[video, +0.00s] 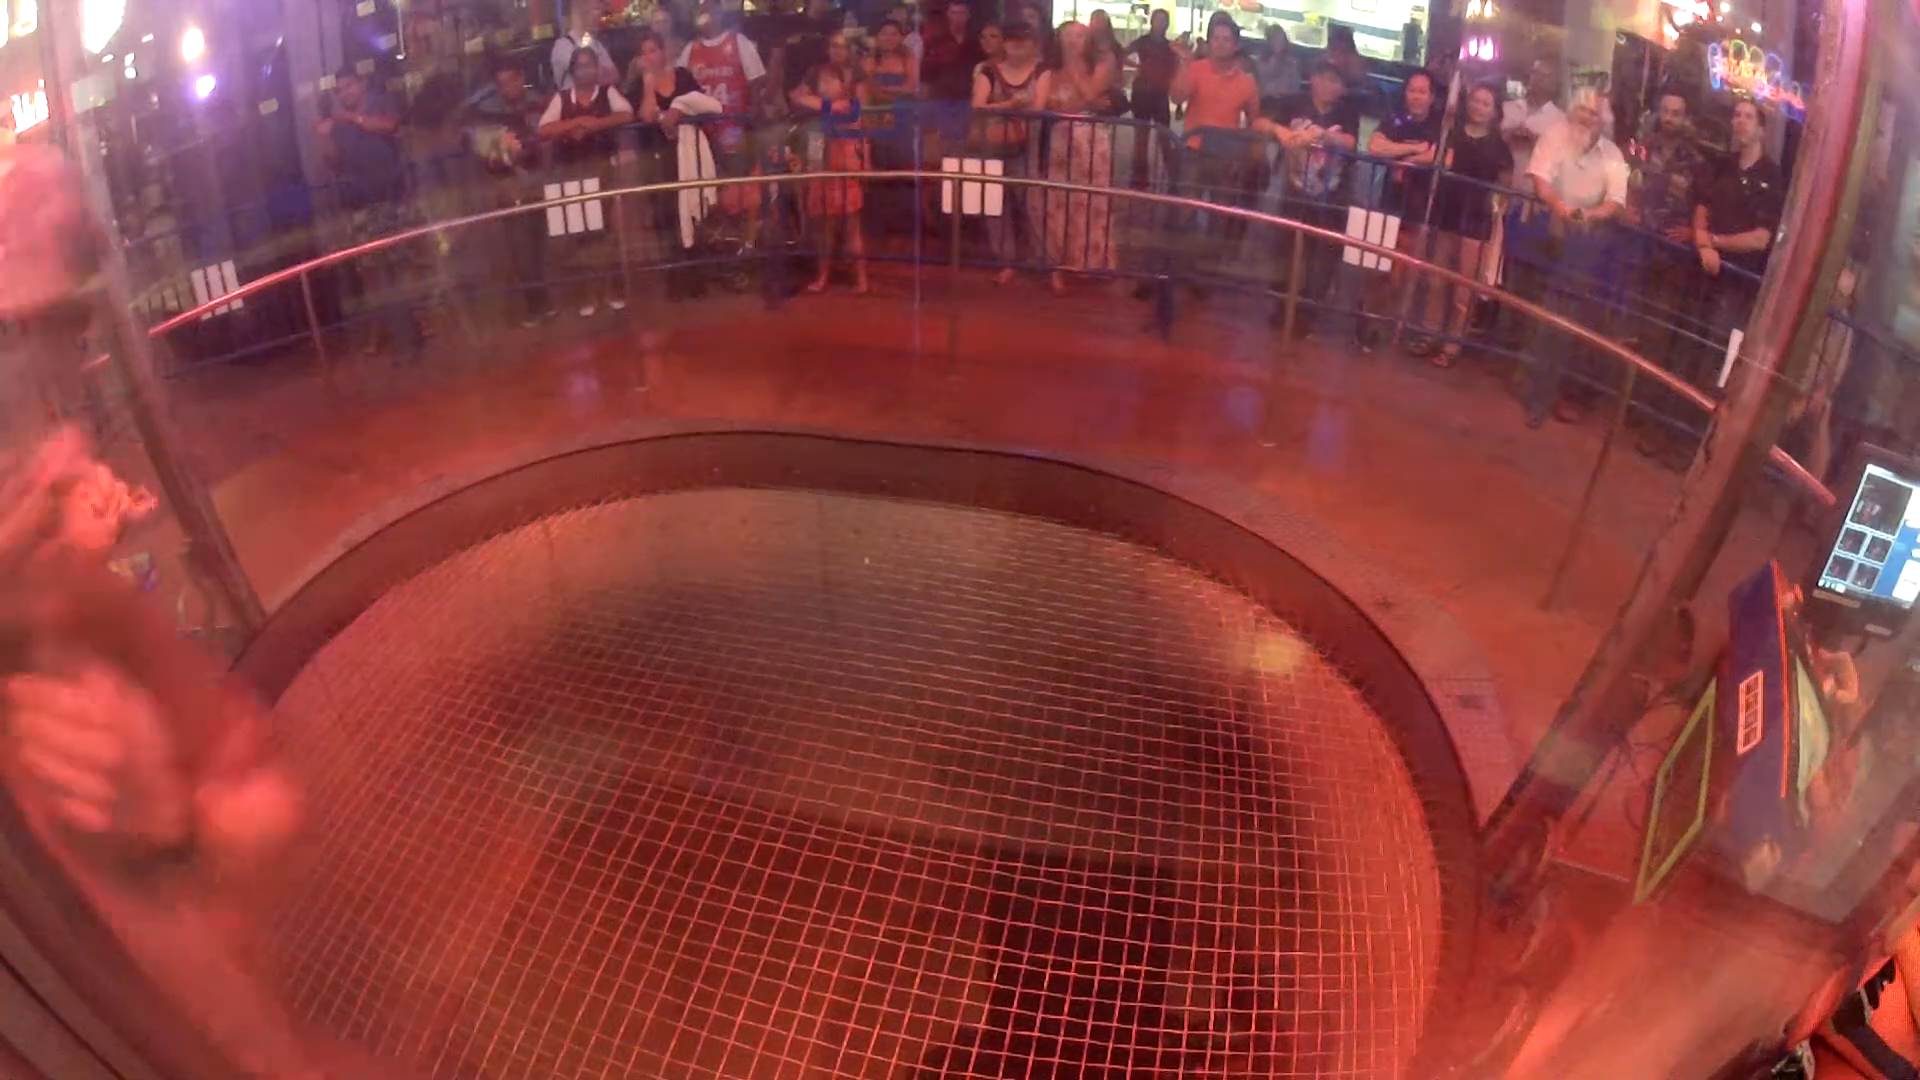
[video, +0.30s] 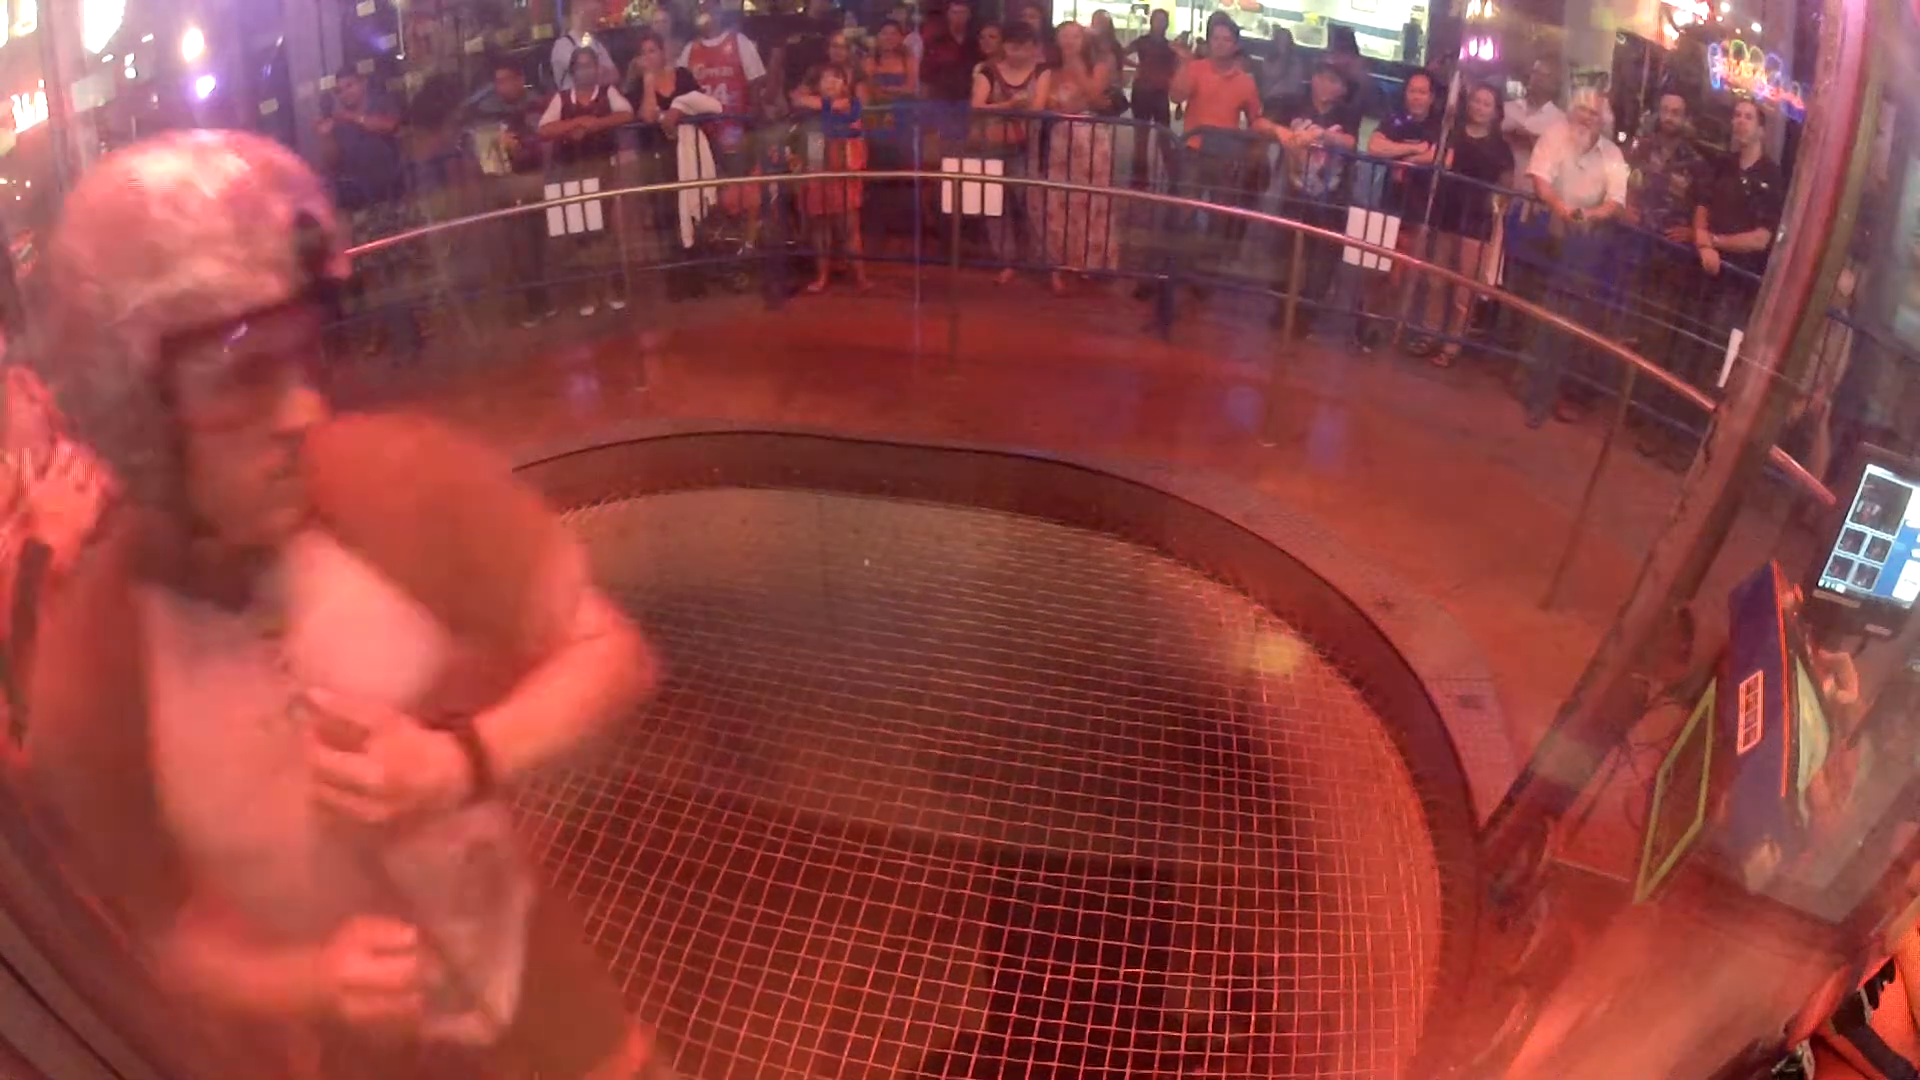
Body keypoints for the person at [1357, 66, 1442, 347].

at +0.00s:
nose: (1416, 96)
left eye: (1422, 91)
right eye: (1412, 90)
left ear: (1432, 97)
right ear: (1404, 94)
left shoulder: (1439, 127)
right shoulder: (1394, 121)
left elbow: (1439, 158)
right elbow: (1375, 146)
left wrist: (1400, 156)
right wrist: (1416, 148)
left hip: (1422, 212)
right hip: (1390, 208)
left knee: (1409, 274)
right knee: (1380, 269)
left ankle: (1398, 326)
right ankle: (1368, 321)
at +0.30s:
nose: (1416, 97)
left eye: (1422, 92)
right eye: (1412, 91)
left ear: (1432, 98)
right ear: (1404, 94)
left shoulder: (1439, 128)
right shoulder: (1394, 121)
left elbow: (1441, 159)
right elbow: (1375, 147)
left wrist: (1402, 156)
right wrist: (1416, 148)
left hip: (1422, 212)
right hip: (1390, 208)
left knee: (1409, 274)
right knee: (1379, 269)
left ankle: (1398, 326)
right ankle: (1369, 322)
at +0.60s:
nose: (1416, 97)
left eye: (1422, 92)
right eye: (1412, 91)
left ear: (1432, 98)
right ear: (1404, 94)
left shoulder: (1439, 128)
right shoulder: (1395, 120)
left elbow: (1440, 159)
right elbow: (1375, 147)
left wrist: (1402, 158)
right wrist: (1415, 148)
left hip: (1422, 212)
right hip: (1390, 208)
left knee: (1409, 274)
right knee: (1378, 269)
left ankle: (1398, 327)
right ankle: (1369, 322)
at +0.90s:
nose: (1416, 98)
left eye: (1422, 93)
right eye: (1411, 92)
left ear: (1433, 98)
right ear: (1404, 95)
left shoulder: (1439, 129)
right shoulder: (1393, 122)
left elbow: (1440, 159)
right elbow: (1375, 147)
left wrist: (1401, 157)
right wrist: (1414, 148)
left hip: (1424, 214)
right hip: (1391, 210)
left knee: (1410, 276)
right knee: (1380, 271)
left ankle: (1399, 328)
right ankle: (1369, 322)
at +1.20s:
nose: (1416, 98)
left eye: (1422, 93)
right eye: (1412, 92)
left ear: (1433, 99)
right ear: (1405, 95)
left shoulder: (1440, 129)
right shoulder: (1394, 121)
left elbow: (1440, 159)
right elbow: (1375, 147)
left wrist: (1403, 158)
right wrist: (1416, 148)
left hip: (1423, 213)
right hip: (1391, 209)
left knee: (1408, 275)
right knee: (1378, 269)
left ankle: (1397, 326)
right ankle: (1368, 320)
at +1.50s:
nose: (1416, 98)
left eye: (1422, 93)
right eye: (1412, 92)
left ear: (1433, 98)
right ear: (1405, 95)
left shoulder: (1439, 128)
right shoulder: (1394, 121)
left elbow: (1441, 159)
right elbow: (1375, 147)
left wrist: (1407, 160)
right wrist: (1417, 148)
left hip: (1423, 213)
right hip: (1391, 209)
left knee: (1409, 275)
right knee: (1379, 269)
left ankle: (1399, 326)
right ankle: (1367, 320)